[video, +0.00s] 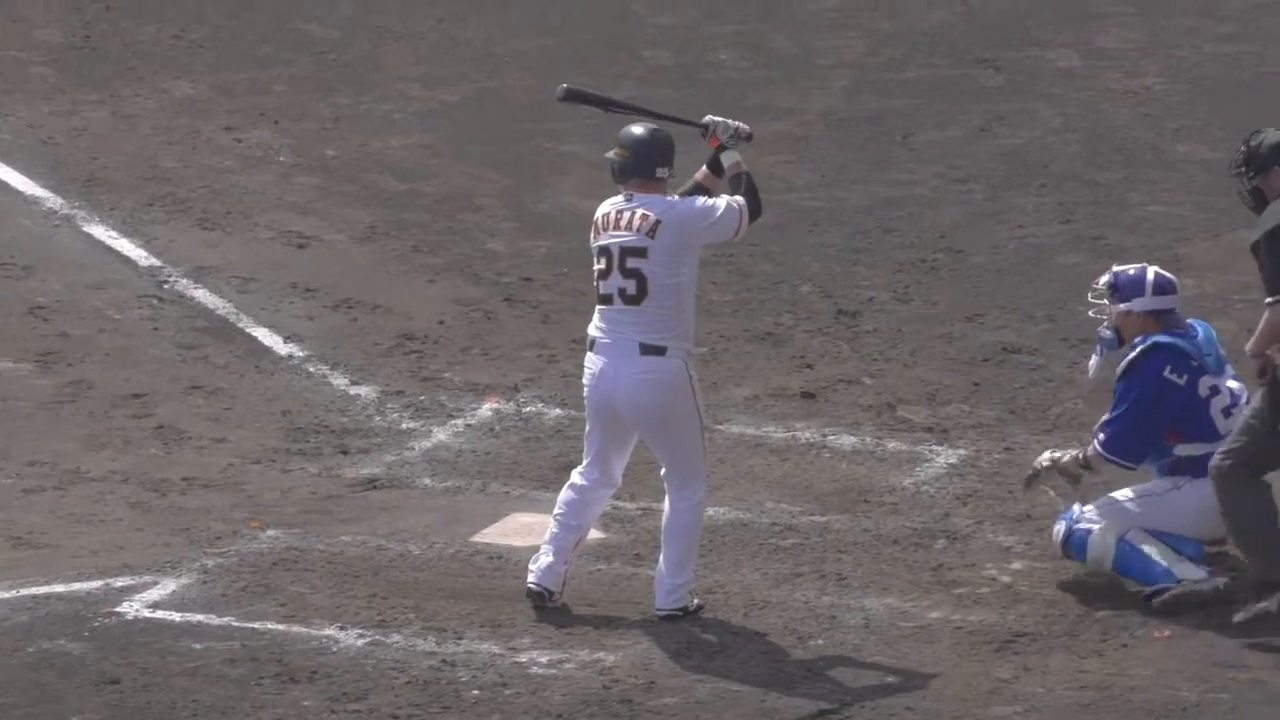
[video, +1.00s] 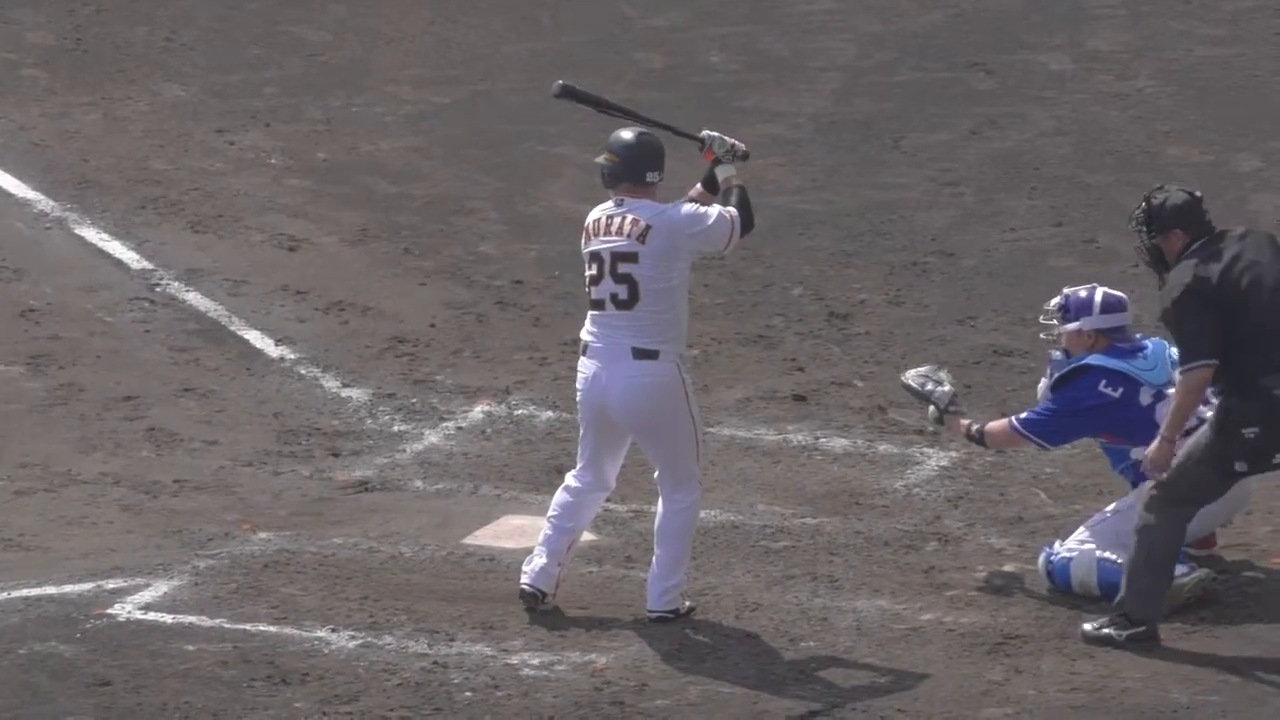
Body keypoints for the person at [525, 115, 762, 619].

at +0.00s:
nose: (614, 172)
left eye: (617, 166)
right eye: (666, 166)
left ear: (620, 170)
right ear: (667, 168)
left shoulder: (604, 215)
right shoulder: (683, 215)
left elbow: (681, 202)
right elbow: (749, 208)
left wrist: (718, 155)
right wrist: (734, 161)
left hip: (600, 365)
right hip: (660, 371)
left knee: (595, 472)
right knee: (685, 482)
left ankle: (544, 574)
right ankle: (673, 596)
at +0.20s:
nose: (613, 175)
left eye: (617, 169)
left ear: (621, 174)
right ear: (667, 174)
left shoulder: (604, 221)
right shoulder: (684, 223)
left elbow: (683, 214)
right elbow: (750, 220)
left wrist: (721, 169)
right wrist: (739, 171)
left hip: (601, 372)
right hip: (662, 378)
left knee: (595, 477)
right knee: (685, 488)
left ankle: (544, 578)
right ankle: (671, 601)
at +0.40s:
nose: (609, 175)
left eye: (613, 169)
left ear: (617, 174)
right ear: (664, 175)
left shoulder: (600, 221)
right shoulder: (680, 223)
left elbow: (678, 213)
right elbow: (745, 221)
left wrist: (716, 170)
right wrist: (734, 174)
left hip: (595, 373)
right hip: (656, 379)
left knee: (590, 480)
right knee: (681, 489)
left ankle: (540, 582)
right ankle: (669, 603)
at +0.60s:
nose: (606, 176)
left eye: (610, 171)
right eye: (661, 172)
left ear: (612, 174)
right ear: (660, 175)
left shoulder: (596, 219)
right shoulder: (676, 222)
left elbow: (672, 208)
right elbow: (741, 214)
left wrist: (710, 163)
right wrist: (723, 166)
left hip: (590, 372)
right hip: (651, 378)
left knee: (585, 478)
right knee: (678, 486)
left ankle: (538, 582)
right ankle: (667, 602)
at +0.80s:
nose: (606, 175)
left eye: (609, 170)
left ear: (614, 174)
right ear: (660, 174)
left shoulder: (598, 219)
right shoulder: (677, 220)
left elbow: (671, 210)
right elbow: (742, 215)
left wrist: (712, 168)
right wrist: (729, 169)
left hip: (594, 371)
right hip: (655, 377)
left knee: (590, 476)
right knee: (681, 485)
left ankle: (539, 577)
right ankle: (667, 600)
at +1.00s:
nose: (604, 176)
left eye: (608, 169)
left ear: (611, 173)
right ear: (656, 174)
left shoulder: (595, 221)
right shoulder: (675, 222)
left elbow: (675, 213)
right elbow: (741, 221)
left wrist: (712, 169)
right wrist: (732, 175)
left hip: (592, 372)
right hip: (653, 378)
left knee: (589, 475)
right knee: (679, 485)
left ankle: (537, 576)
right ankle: (665, 598)